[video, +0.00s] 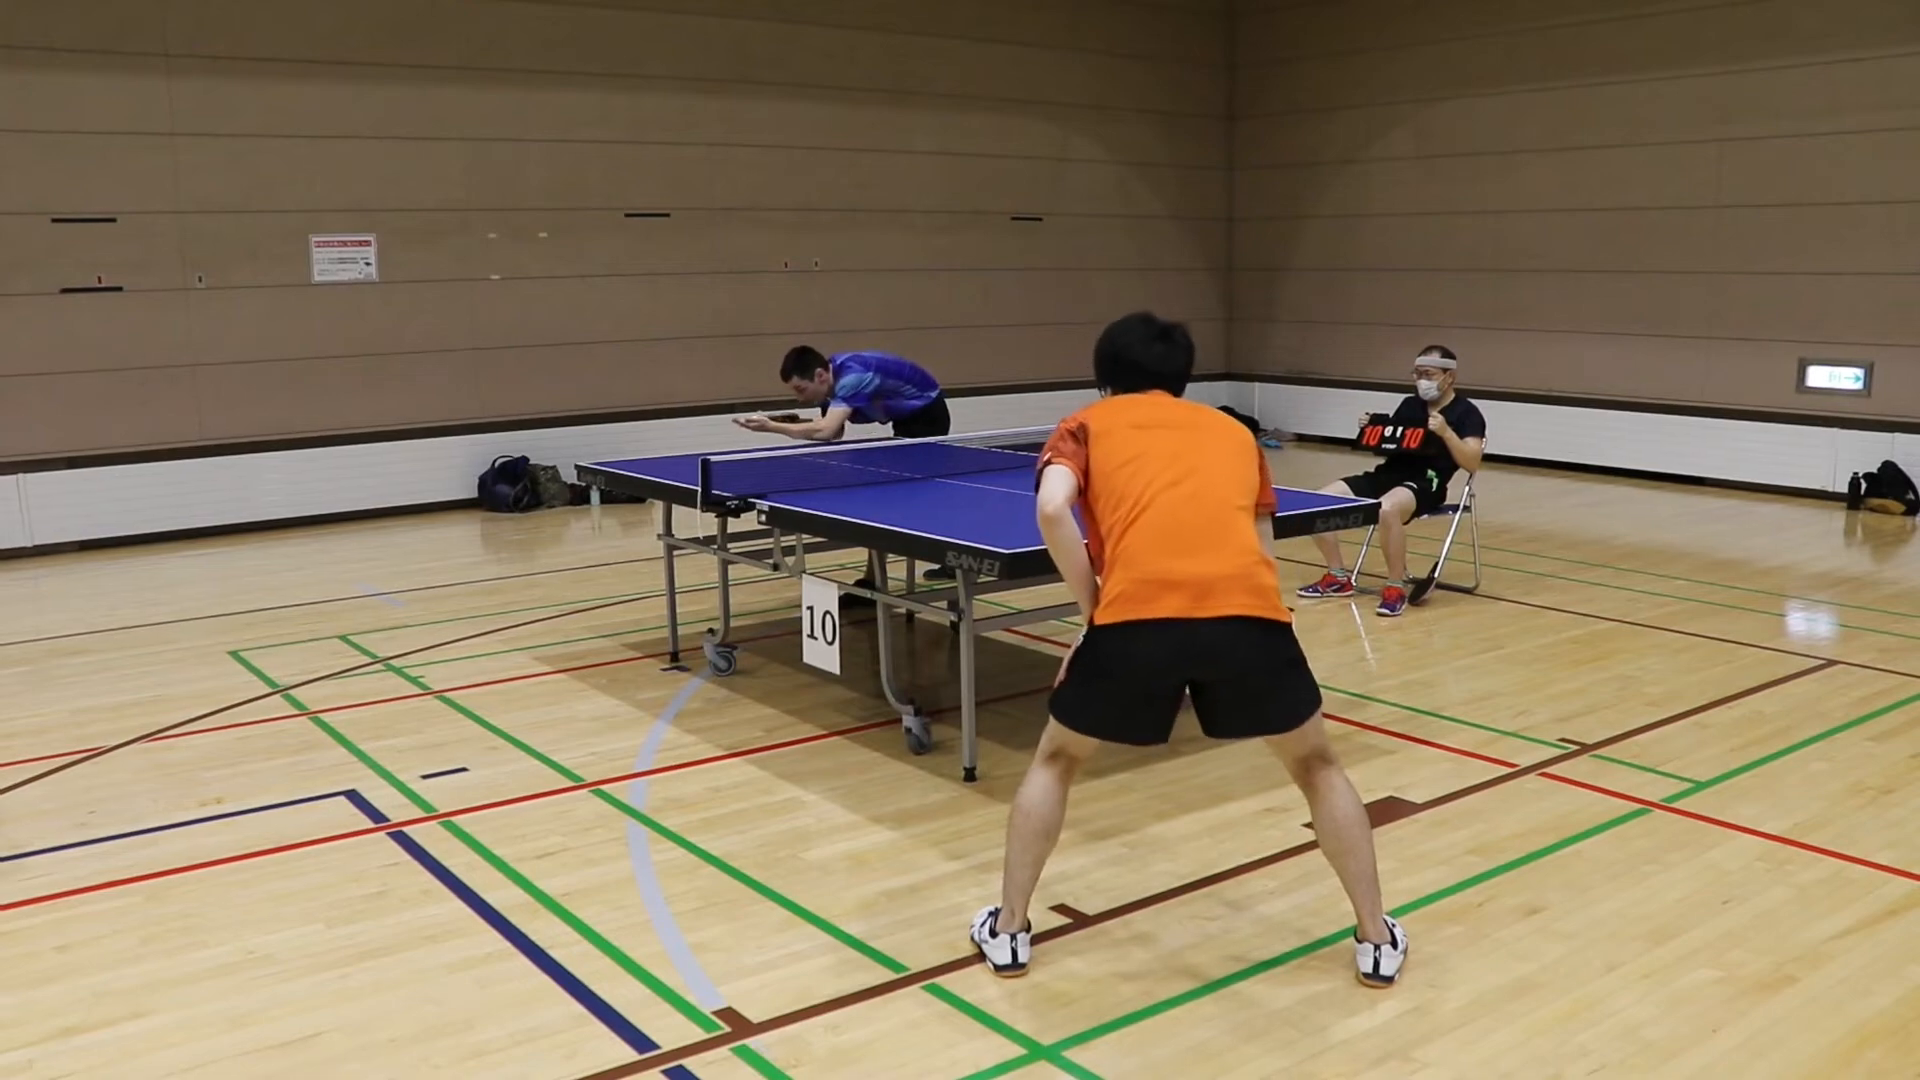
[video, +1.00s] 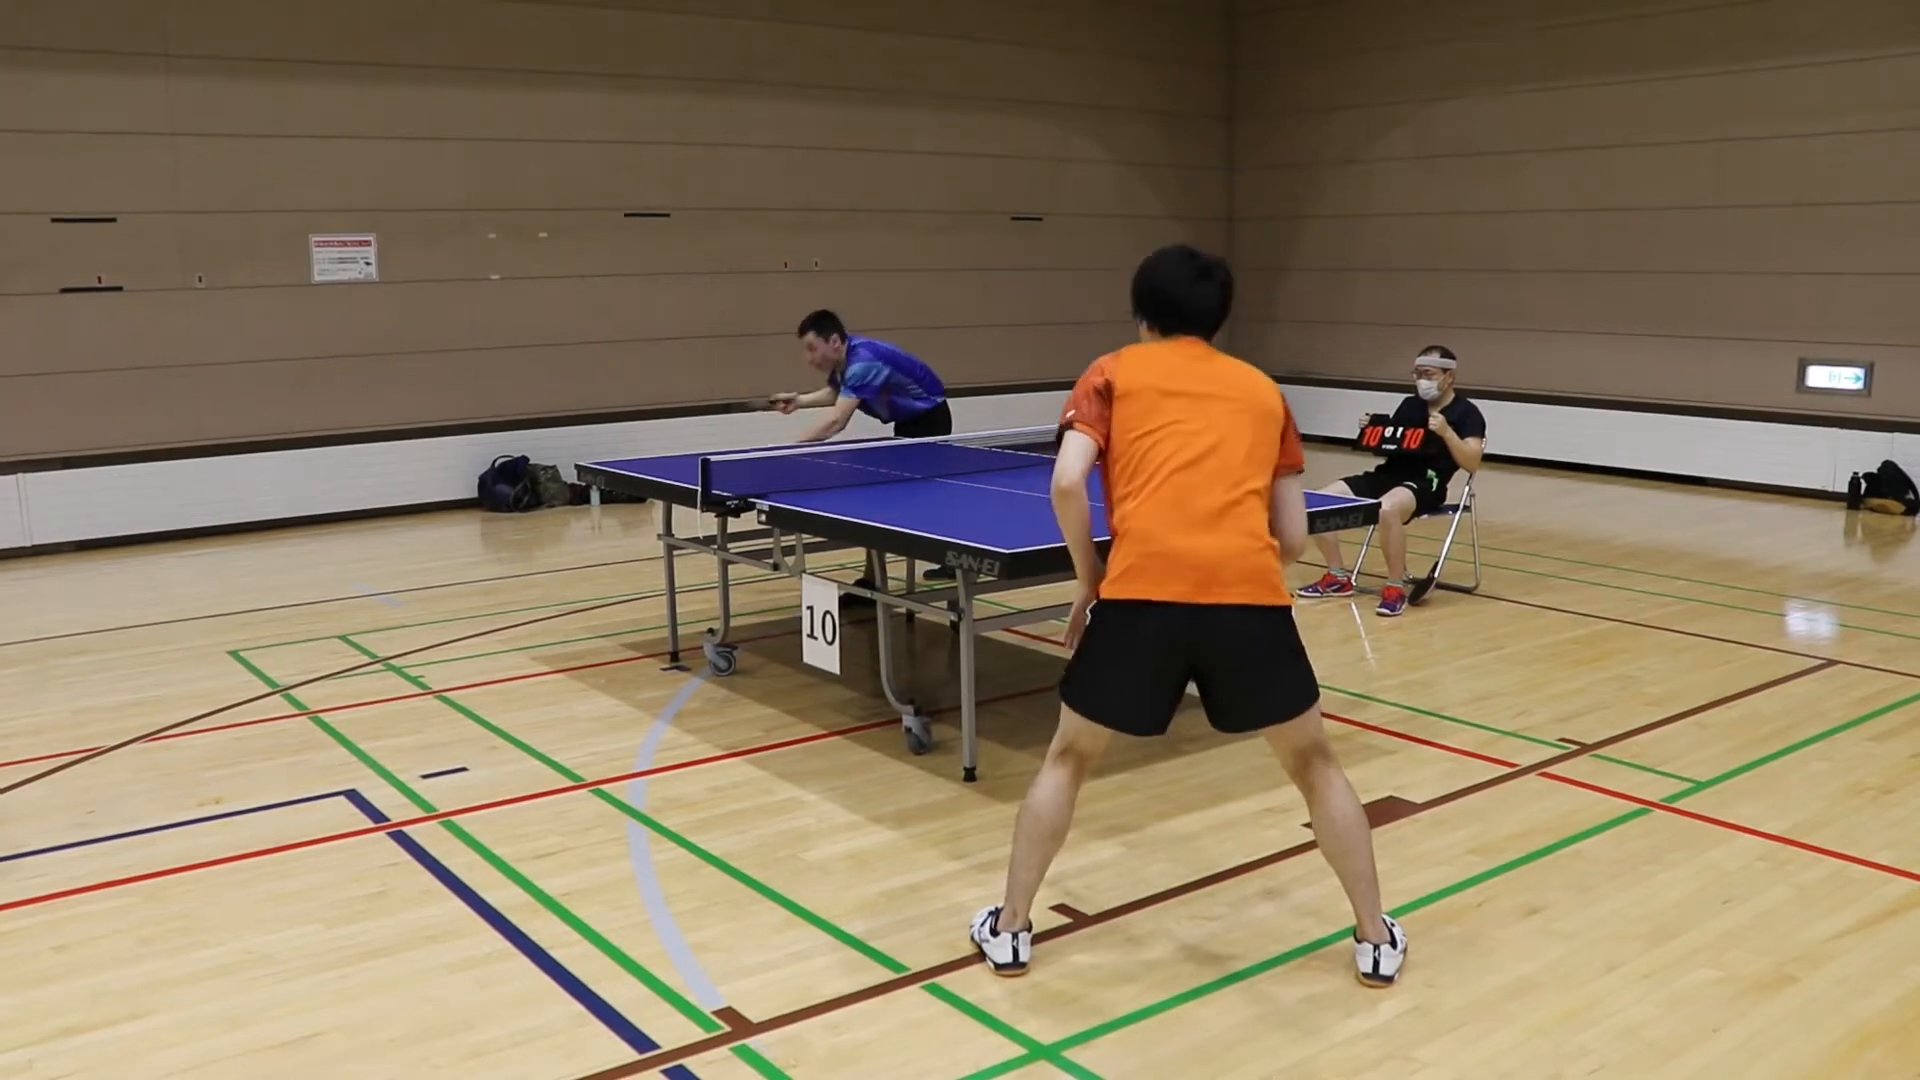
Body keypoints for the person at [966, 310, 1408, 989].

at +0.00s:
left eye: (1099, 374)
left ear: (1104, 376)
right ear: (1183, 378)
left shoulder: (1085, 424)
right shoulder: (1234, 430)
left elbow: (1052, 507)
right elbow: (1260, 546)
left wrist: (1094, 611)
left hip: (1134, 630)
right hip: (1249, 628)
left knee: (1056, 760)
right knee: (1317, 766)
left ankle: (1009, 929)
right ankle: (1378, 938)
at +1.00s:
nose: (1136, 324)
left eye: (1137, 312)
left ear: (1143, 314)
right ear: (1220, 316)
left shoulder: (1114, 372)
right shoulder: (1262, 390)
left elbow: (1066, 483)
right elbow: (1292, 537)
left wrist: (1088, 581)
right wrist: (1222, 567)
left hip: (1140, 601)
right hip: (1249, 607)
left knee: (1069, 758)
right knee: (1313, 761)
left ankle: (1011, 928)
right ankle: (1377, 937)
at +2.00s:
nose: (1120, 319)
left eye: (1123, 310)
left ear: (1131, 314)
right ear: (1198, 315)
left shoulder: (1119, 378)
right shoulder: (1246, 386)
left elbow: (1058, 491)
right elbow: (1296, 497)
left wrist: (1025, 499)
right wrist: (1229, 486)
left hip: (1163, 598)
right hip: (1256, 594)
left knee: (1072, 705)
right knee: (1285, 698)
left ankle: (1052, 873)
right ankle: (1325, 823)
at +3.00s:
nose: (1010, 346)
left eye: (1012, 337)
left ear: (1018, 344)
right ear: (1090, 342)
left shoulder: (993, 421)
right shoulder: (1134, 419)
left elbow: (922, 544)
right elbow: (1203, 517)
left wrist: (925, 542)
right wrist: (1158, 464)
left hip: (1025, 644)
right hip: (1126, 642)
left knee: (920, 743)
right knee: (1194, 749)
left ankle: (851, 901)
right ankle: (1281, 895)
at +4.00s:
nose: (985, 350)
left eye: (988, 339)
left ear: (995, 349)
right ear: (1075, 341)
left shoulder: (978, 446)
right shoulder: (1124, 427)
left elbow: (907, 578)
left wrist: (949, 538)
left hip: (1000, 686)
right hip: (1107, 681)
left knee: (883, 808)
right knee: (1159, 779)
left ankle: (782, 970)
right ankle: (1199, 903)